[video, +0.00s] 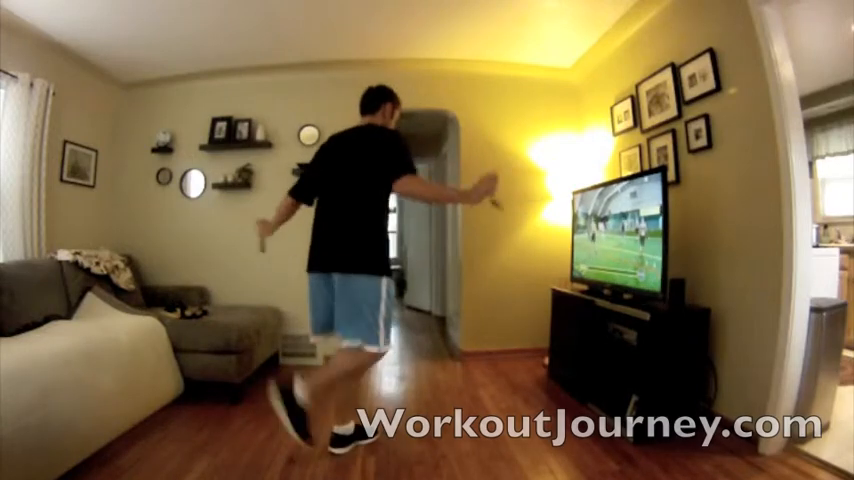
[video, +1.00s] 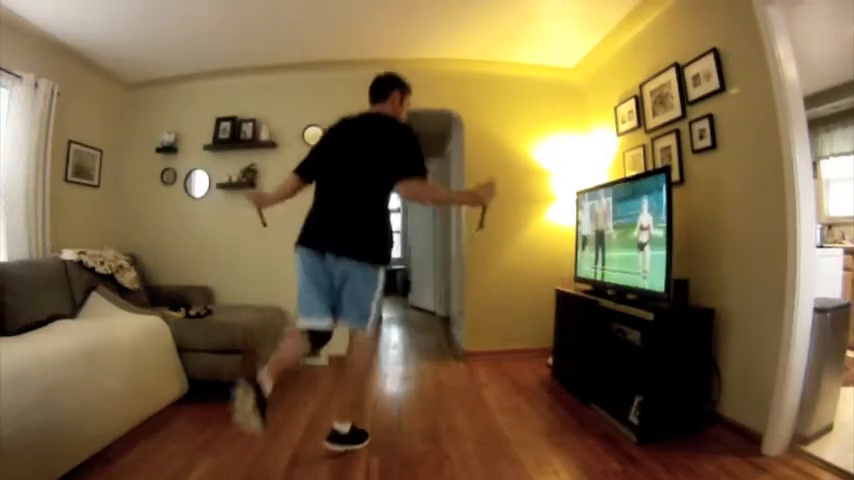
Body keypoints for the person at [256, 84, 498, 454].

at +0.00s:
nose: (395, 121)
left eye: (395, 115)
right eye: (396, 115)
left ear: (362, 111)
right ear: (389, 110)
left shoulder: (333, 143)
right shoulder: (387, 141)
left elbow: (299, 194)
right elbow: (405, 184)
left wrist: (272, 224)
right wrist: (467, 195)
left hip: (324, 255)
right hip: (363, 257)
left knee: (350, 344)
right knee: (372, 346)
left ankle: (345, 428)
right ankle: (301, 392)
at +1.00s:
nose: (406, 110)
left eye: (405, 104)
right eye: (406, 103)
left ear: (372, 99)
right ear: (396, 100)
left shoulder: (341, 128)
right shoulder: (400, 135)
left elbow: (301, 176)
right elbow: (411, 189)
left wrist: (269, 198)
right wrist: (470, 197)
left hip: (315, 240)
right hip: (361, 247)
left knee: (313, 327)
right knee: (361, 336)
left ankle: (262, 382)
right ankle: (344, 426)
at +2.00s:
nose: (387, 114)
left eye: (387, 108)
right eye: (387, 107)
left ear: (352, 106)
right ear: (376, 105)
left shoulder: (325, 140)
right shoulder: (386, 142)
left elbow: (289, 191)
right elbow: (421, 192)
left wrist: (270, 216)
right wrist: (475, 197)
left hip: (313, 252)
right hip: (359, 254)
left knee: (303, 348)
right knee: (360, 347)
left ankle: (278, 435)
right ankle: (344, 431)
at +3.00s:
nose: (378, 58)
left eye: (376, 52)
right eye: (378, 52)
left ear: (339, 49)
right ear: (371, 47)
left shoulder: (307, 83)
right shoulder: (372, 79)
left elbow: (273, 143)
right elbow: (389, 142)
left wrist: (252, 190)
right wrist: (447, 177)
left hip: (298, 207)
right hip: (341, 208)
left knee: (330, 310)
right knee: (330, 315)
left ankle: (332, 399)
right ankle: (308, 424)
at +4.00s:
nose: (398, 133)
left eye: (394, 126)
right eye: (397, 126)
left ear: (360, 127)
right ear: (391, 127)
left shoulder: (334, 164)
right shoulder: (395, 168)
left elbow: (288, 215)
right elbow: (436, 230)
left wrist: (281, 231)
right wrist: (483, 239)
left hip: (315, 283)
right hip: (363, 288)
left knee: (345, 360)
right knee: (389, 375)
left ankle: (342, 432)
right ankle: (359, 458)